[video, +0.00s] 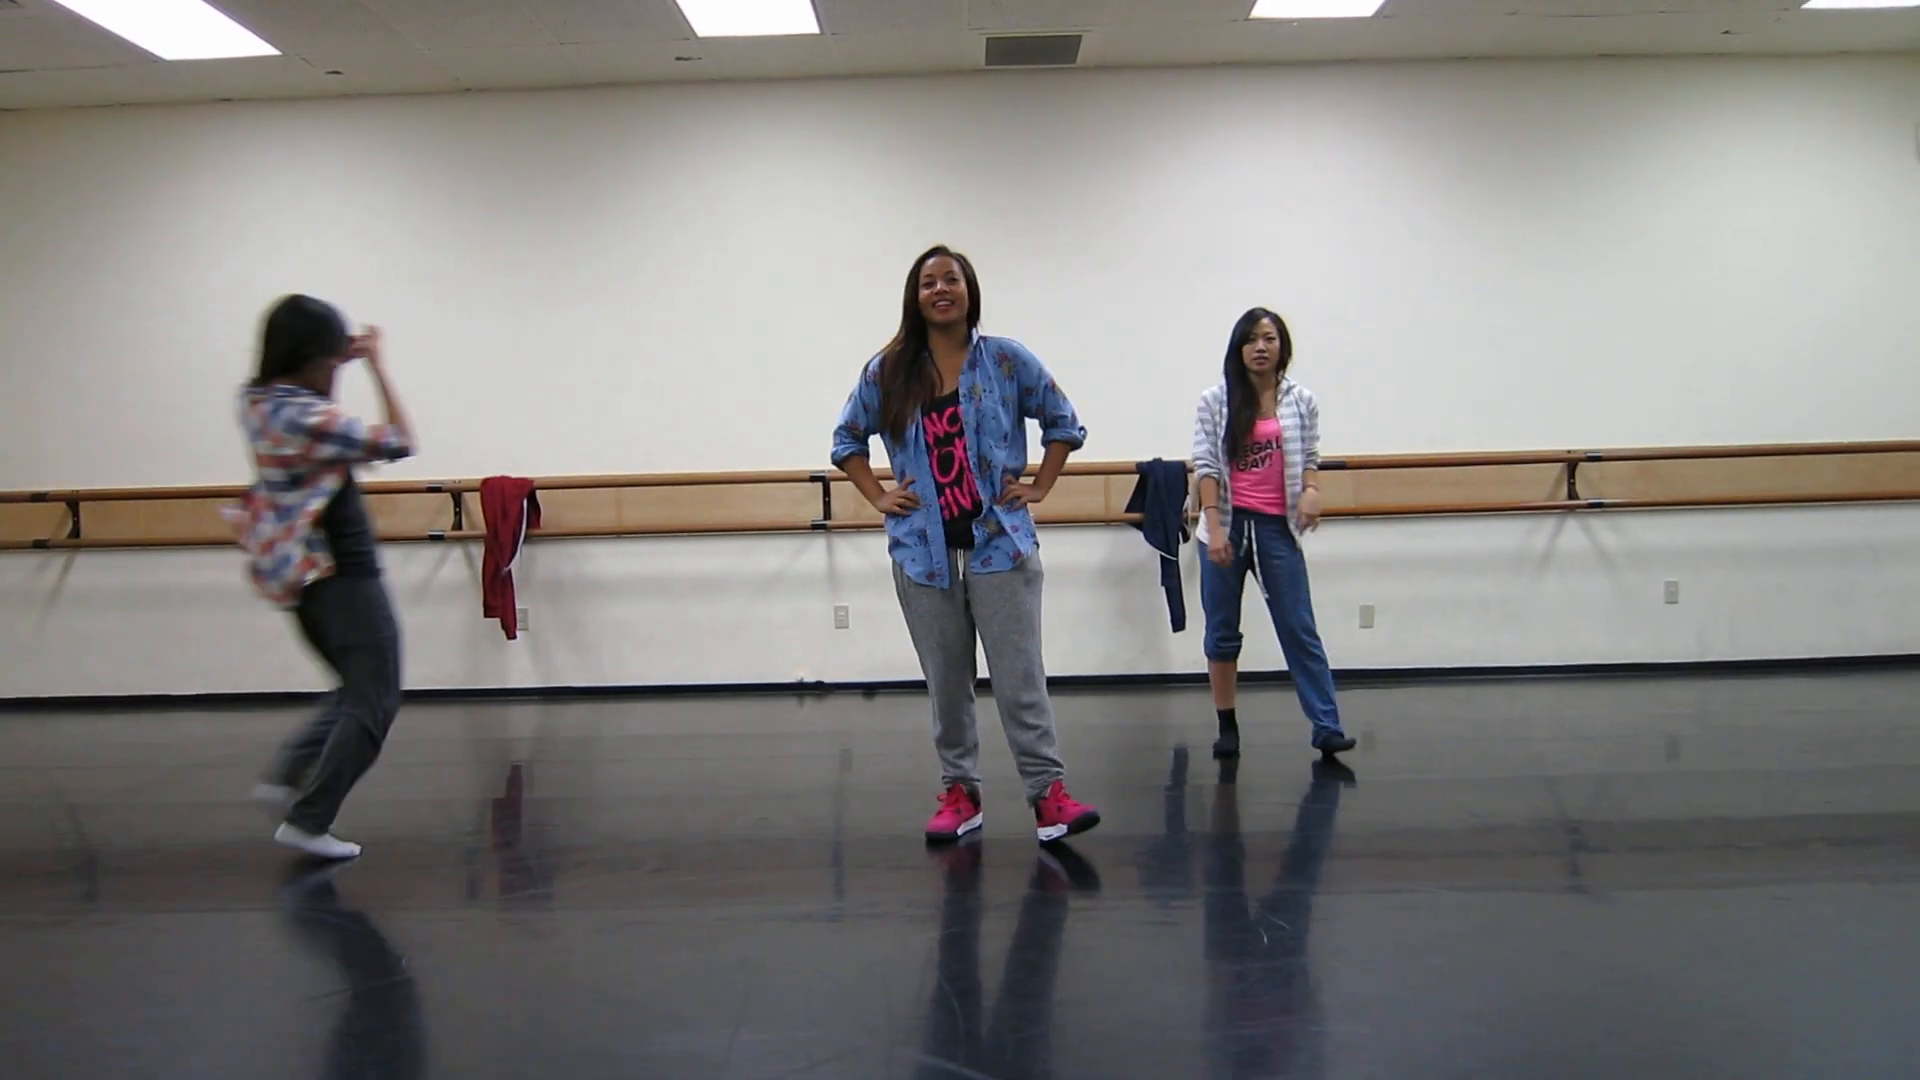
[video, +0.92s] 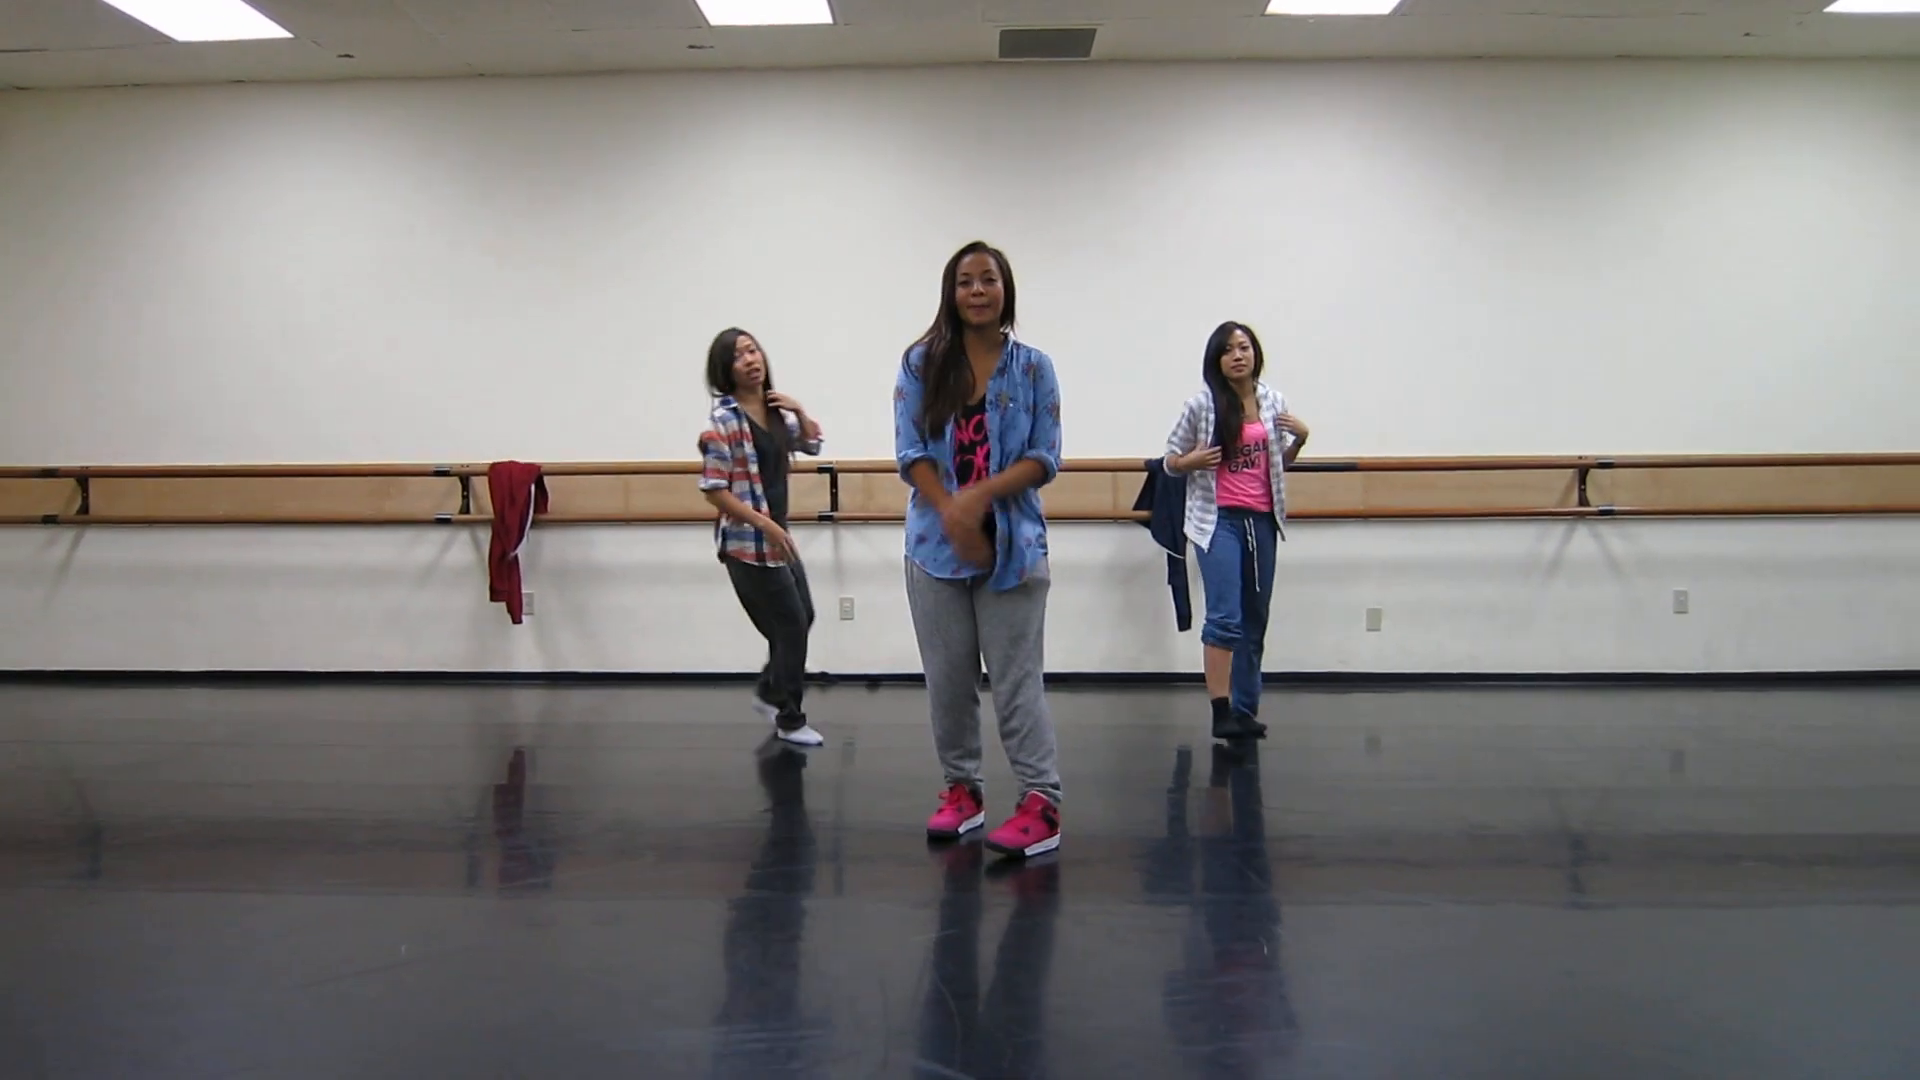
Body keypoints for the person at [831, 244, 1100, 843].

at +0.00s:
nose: (941, 288)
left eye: (951, 279)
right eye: (930, 281)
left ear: (971, 291)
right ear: (914, 297)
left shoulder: (1006, 358)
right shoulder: (887, 371)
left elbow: (1063, 421)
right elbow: (844, 442)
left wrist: (1040, 485)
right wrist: (877, 494)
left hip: (1001, 540)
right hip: (923, 549)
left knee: (1020, 673)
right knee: (946, 680)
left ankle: (1048, 793)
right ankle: (959, 793)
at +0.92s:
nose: (977, 290)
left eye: (988, 280)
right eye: (965, 281)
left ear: (1007, 290)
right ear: (950, 293)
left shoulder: (1033, 365)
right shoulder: (921, 362)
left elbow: (1043, 459)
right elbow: (910, 453)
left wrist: (975, 498)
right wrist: (959, 521)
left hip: (1012, 549)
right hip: (935, 548)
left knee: (1015, 678)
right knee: (948, 677)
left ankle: (1040, 802)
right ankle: (961, 792)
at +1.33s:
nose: (1000, 295)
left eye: (1010, 285)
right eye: (988, 286)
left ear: (1028, 295)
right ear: (971, 297)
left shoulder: (1053, 361)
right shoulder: (946, 368)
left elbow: (1044, 440)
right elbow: (950, 454)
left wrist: (1013, 511)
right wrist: (983, 527)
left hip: (1048, 540)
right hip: (970, 543)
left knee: (1075, 671)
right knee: (985, 677)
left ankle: (1102, 802)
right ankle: (999, 792)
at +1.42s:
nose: (1003, 295)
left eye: (1013, 285)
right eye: (991, 286)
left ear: (1032, 295)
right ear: (974, 296)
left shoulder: (1058, 362)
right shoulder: (948, 370)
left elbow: (1069, 447)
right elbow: (936, 459)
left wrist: (1079, 523)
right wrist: (934, 537)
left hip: (1052, 541)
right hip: (975, 545)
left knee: (1074, 675)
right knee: (991, 677)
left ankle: (1096, 800)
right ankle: (1006, 791)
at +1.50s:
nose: (1003, 294)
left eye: (1015, 283)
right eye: (991, 285)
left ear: (1033, 293)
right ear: (975, 296)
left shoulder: (1062, 364)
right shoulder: (948, 371)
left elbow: (1101, 445)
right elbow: (912, 460)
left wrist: (1143, 516)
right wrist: (878, 540)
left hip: (1058, 546)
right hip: (979, 550)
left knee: (1066, 678)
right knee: (994, 678)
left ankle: (1087, 798)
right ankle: (1008, 791)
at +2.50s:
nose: (1075, 287)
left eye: (1085, 278)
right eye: (1062, 281)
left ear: (1104, 294)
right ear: (1045, 299)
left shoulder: (1131, 379)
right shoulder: (1012, 370)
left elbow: (1151, 475)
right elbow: (982, 463)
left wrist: (1161, 554)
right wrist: (964, 546)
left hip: (1105, 565)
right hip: (1024, 563)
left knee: (1110, 700)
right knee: (1020, 693)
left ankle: (1113, 826)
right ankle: (1005, 806)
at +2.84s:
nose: (1067, 302)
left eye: (1079, 293)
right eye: (1056, 293)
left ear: (1095, 307)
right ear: (1037, 306)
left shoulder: (1114, 387)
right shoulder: (1001, 375)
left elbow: (1115, 486)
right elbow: (996, 472)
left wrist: (1079, 557)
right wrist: (1058, 526)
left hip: (1081, 567)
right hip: (1002, 565)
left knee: (1091, 709)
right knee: (1000, 701)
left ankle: (1098, 833)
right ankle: (991, 813)